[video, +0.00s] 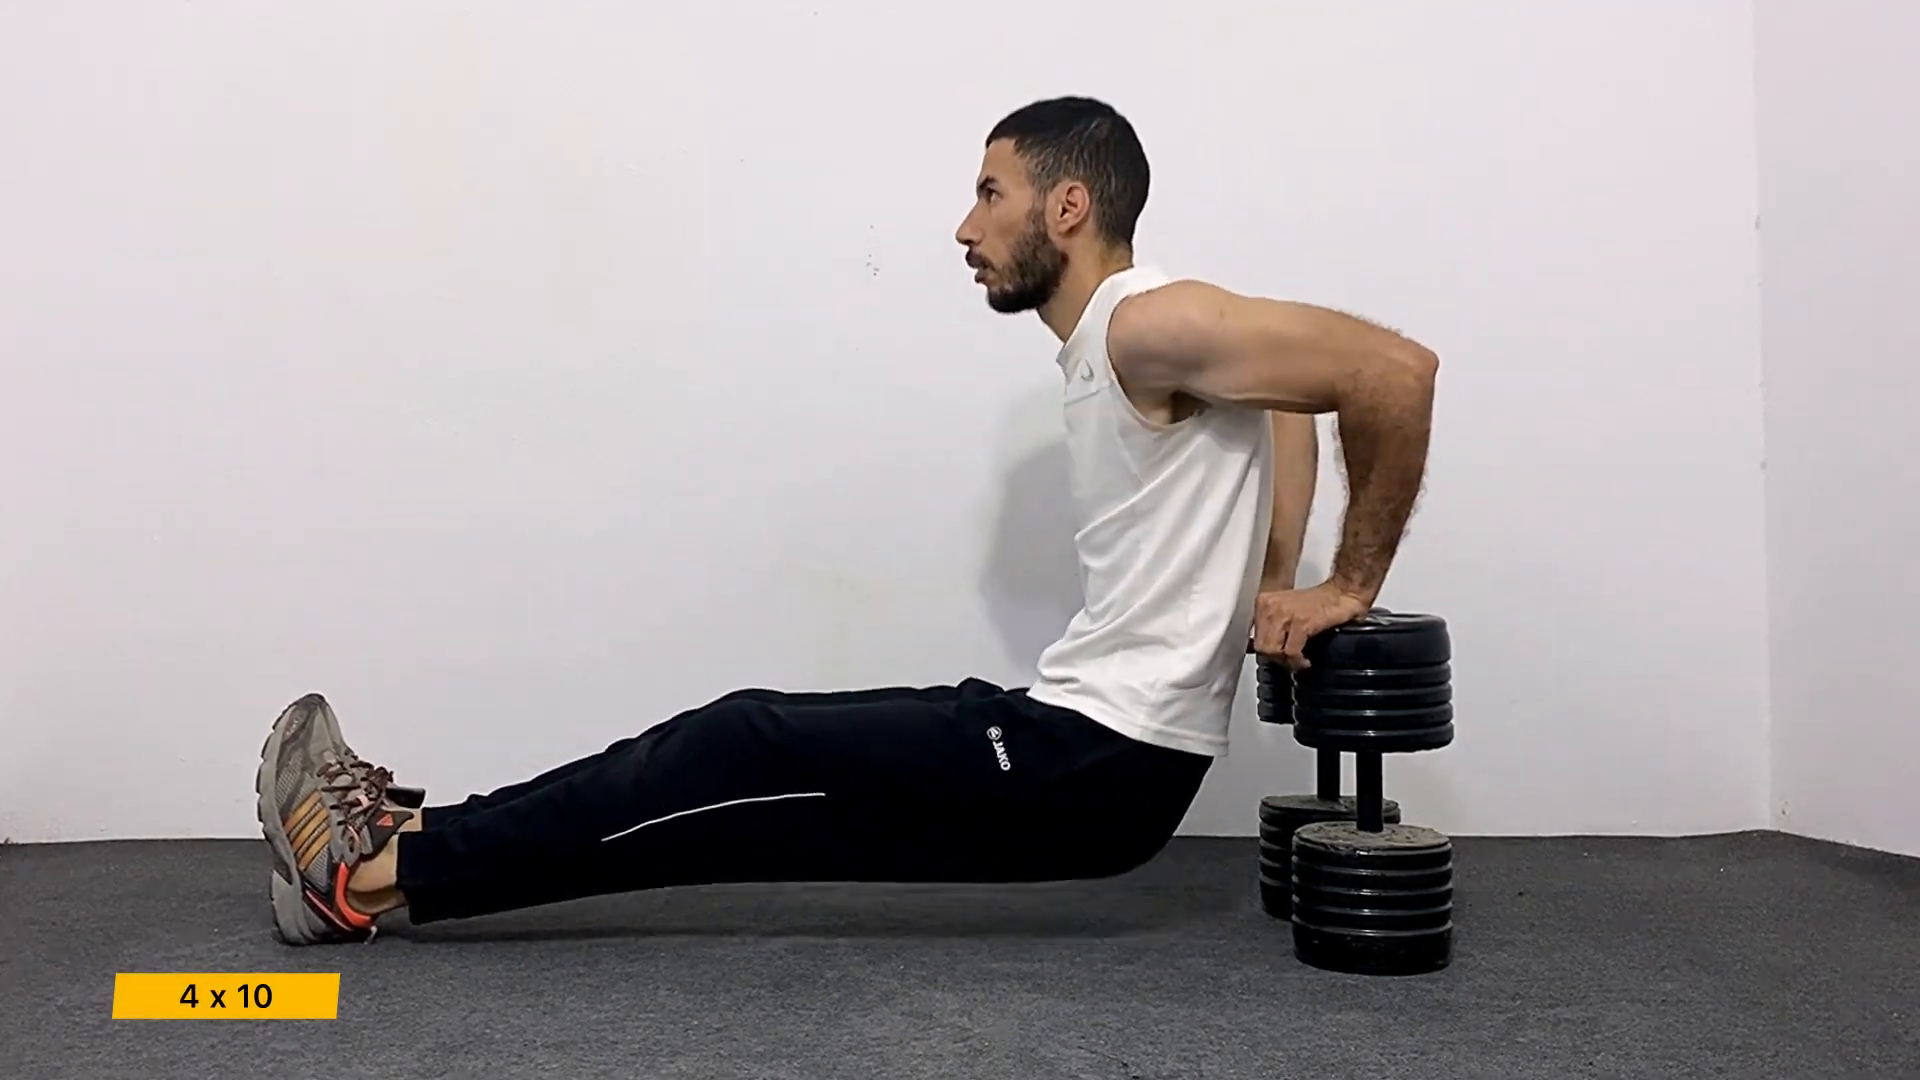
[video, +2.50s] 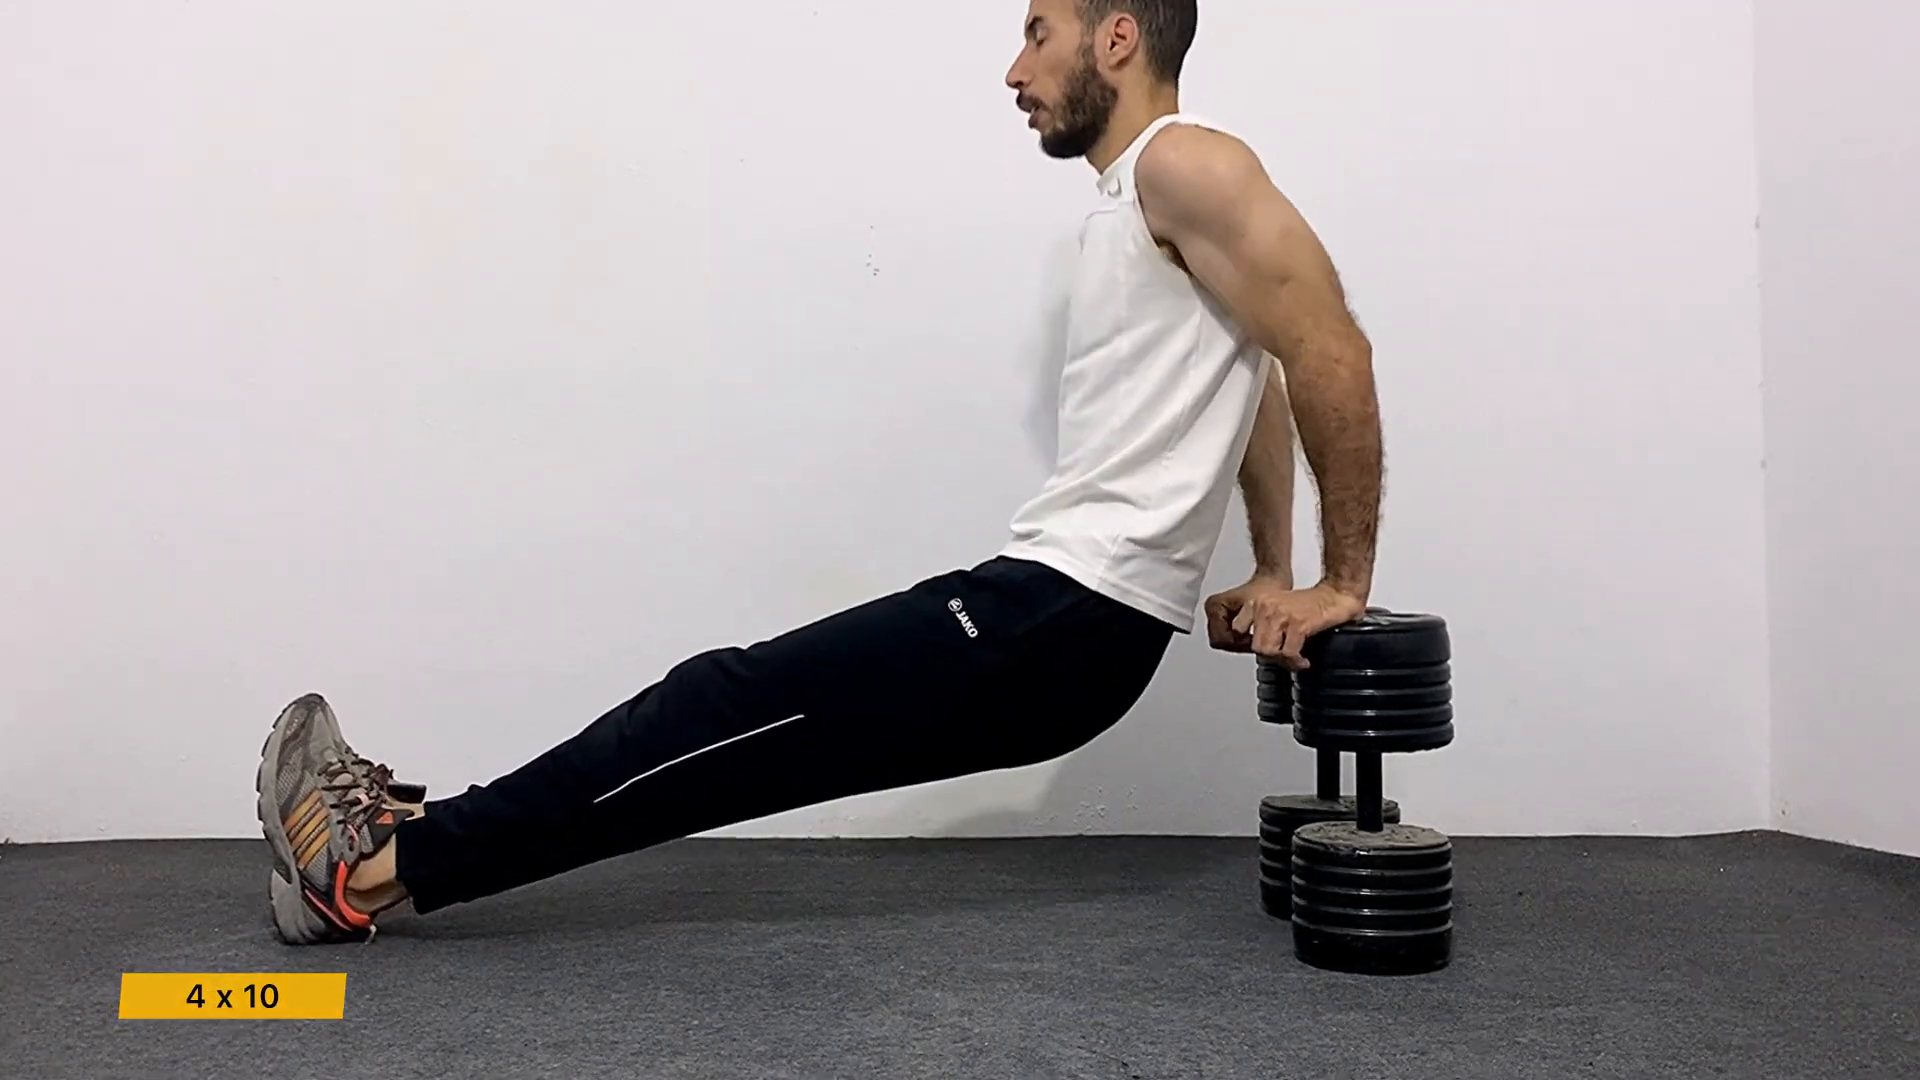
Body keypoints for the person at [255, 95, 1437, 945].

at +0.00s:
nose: (966, 228)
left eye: (989, 196)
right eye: (974, 199)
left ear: (1075, 205)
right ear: (1078, 208)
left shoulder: (1144, 326)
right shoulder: (1123, 322)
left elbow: (1397, 373)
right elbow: (1293, 383)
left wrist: (1352, 589)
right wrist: (1278, 569)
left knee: (735, 752)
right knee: (734, 748)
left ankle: (389, 876)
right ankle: (421, 843)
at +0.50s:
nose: (1021, 43)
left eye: (1042, 13)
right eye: (1027, 16)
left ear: (1128, 17)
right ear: (1112, 24)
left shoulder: (1189, 144)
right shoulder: (1146, 168)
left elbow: (1313, 350)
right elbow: (1244, 383)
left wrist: (1346, 579)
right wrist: (1263, 572)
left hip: (1063, 590)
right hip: (1041, 576)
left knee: (721, 714)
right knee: (715, 700)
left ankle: (379, 877)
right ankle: (412, 843)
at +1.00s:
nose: (992, 181)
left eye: (1013, 149)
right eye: (998, 152)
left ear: (1100, 159)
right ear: (1103, 164)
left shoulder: (1163, 286)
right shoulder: (1138, 294)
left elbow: (1395, 368)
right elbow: (1302, 374)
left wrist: (1354, 586)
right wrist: (1281, 572)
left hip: (1101, 720)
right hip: (1077, 702)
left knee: (737, 749)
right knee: (735, 745)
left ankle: (390, 871)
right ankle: (408, 854)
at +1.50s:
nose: (972, 276)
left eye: (995, 244)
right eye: (980, 246)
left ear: (1078, 251)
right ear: (1083, 253)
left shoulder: (1143, 370)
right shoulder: (1138, 373)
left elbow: (1401, 381)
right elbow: (1300, 412)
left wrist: (1354, 592)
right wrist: (1279, 580)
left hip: (1095, 808)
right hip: (1092, 799)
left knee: (737, 756)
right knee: (726, 821)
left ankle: (381, 873)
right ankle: (417, 848)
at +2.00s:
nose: (1000, 104)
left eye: (1023, 74)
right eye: (1006, 76)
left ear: (1102, 83)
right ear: (1095, 90)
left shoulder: (1172, 207)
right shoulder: (1144, 231)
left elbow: (1355, 358)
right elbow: (1276, 400)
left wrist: (1351, 585)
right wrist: (1269, 580)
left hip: (1084, 647)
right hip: (1071, 636)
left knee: (723, 724)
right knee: (724, 715)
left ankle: (390, 875)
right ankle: (416, 849)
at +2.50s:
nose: (1015, 66)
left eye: (1036, 36)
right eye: (1021, 39)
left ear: (1120, 40)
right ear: (1109, 46)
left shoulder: (1188, 164)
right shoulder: (1151, 189)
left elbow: (1334, 350)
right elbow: (1262, 389)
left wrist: (1351, 583)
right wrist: (1267, 578)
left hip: (1074, 617)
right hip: (1051, 599)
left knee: (722, 719)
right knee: (715, 707)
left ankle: (388, 874)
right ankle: (414, 843)